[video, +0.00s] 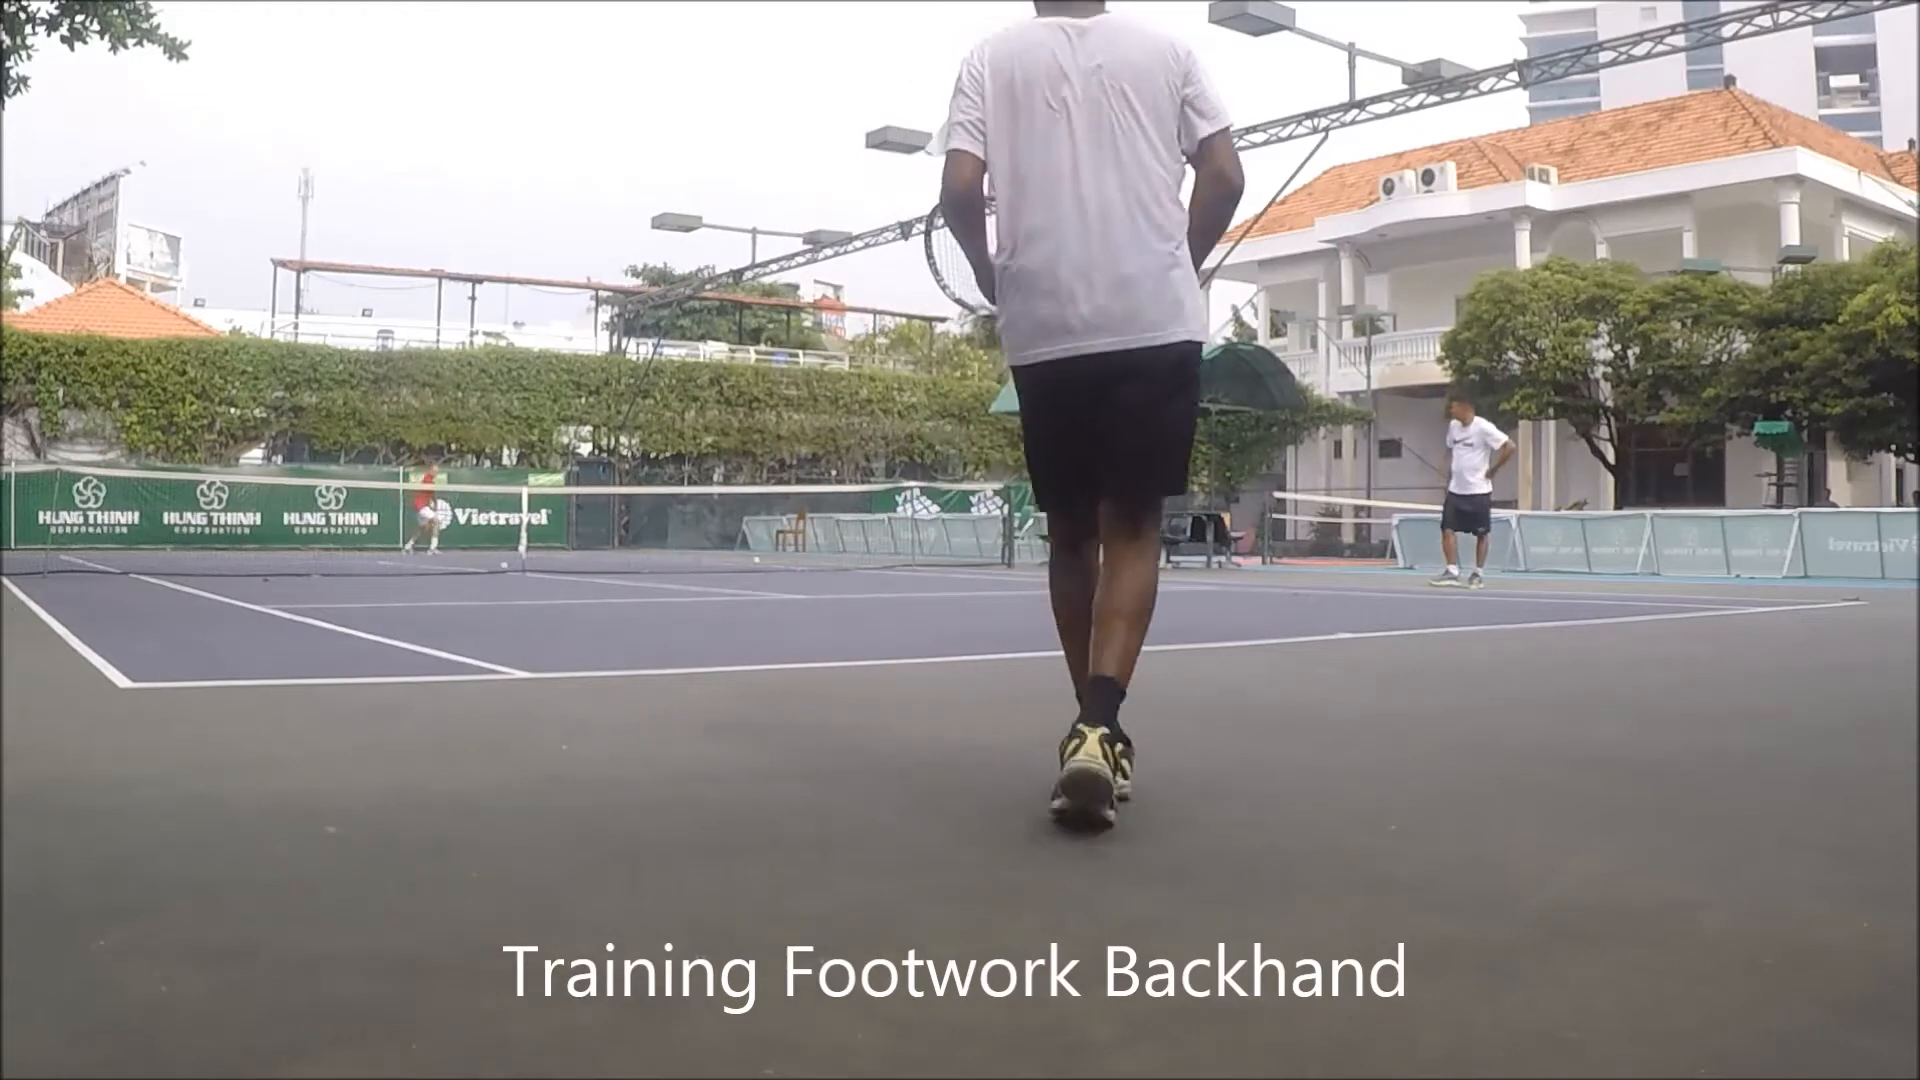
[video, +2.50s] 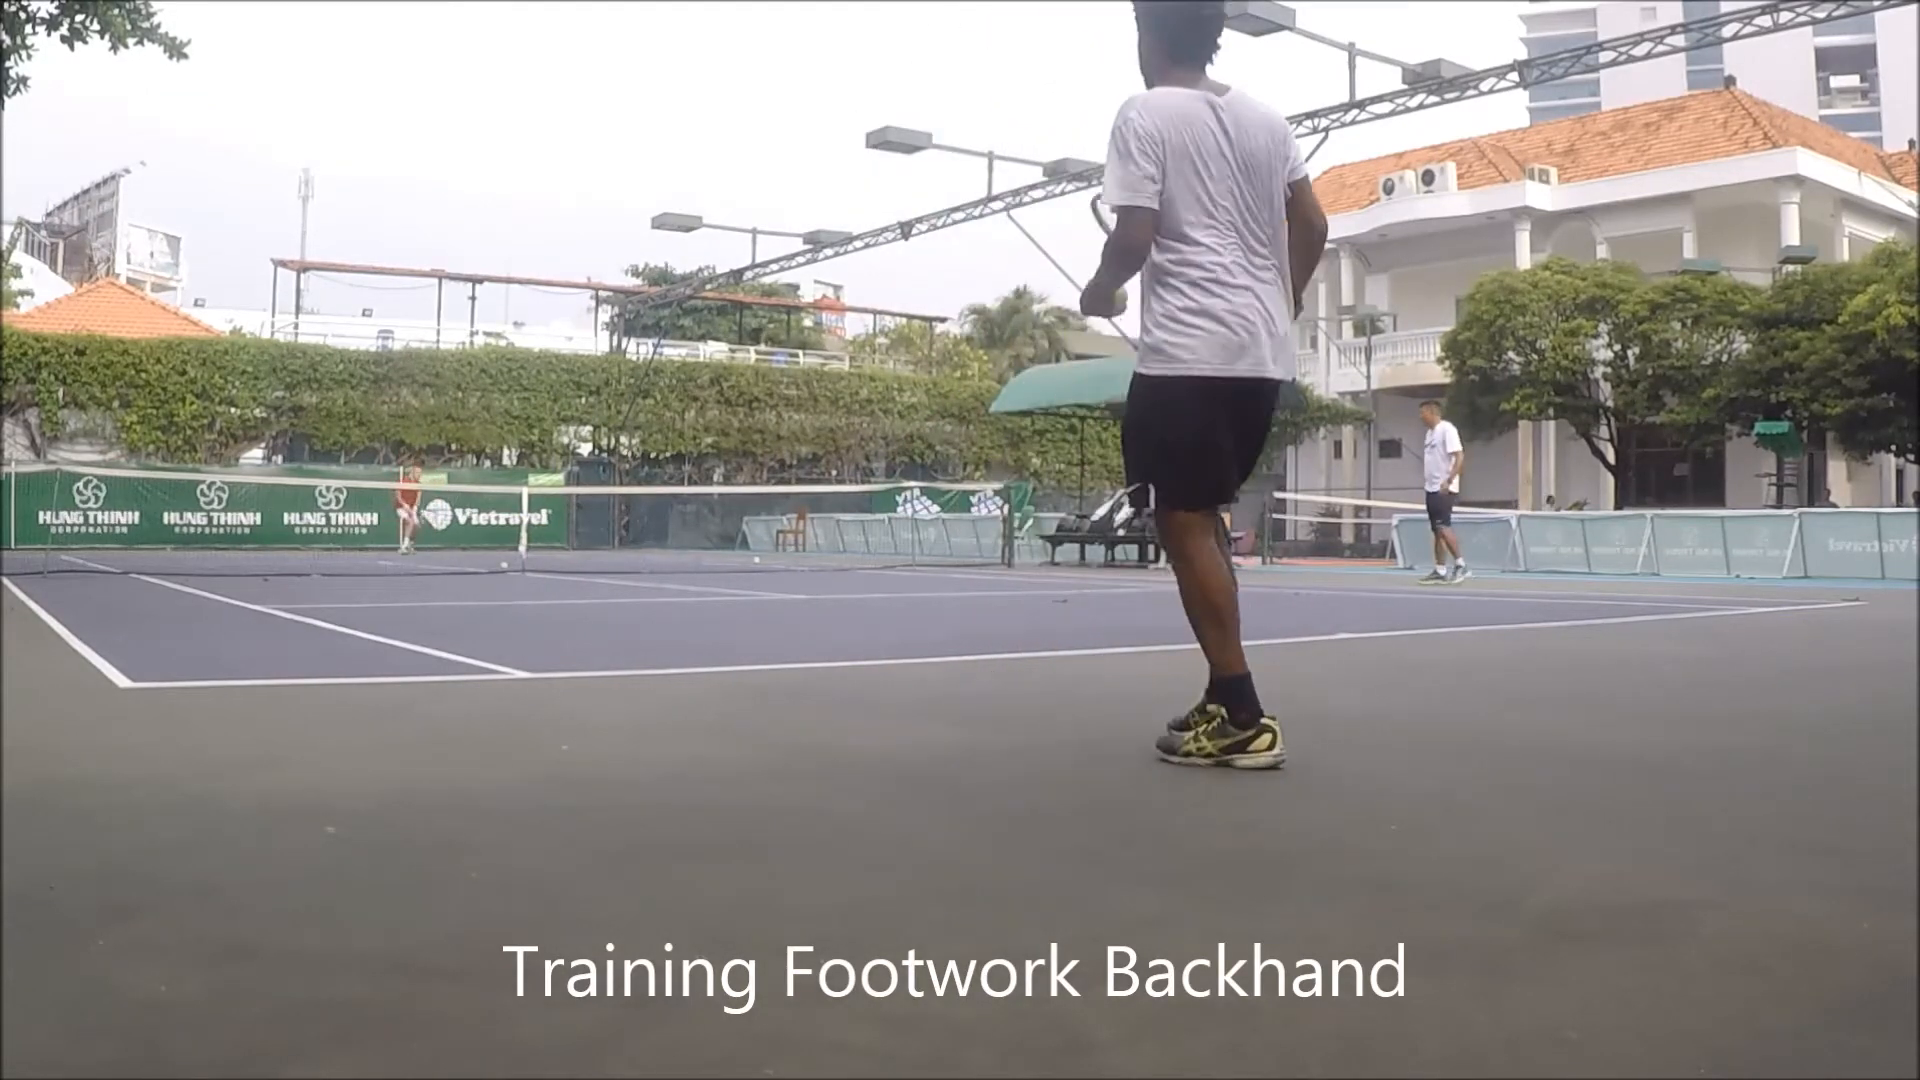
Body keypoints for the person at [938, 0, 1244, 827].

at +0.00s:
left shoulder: (989, 56)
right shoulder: (1168, 47)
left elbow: (959, 190)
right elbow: (1224, 176)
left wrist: (990, 277)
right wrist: (1179, 267)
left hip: (1045, 332)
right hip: (1157, 321)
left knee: (1071, 538)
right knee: (1132, 527)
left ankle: (1101, 730)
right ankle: (1095, 724)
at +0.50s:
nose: (1108, 93)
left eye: (1109, 80)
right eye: (1111, 80)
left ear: (1122, 83)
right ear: (1195, 82)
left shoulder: (1112, 163)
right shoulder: (1254, 164)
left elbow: (1093, 296)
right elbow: (1308, 285)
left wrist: (1103, 345)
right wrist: (1249, 346)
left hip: (1168, 402)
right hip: (1274, 399)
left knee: (1107, 561)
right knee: (1278, 560)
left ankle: (1110, 718)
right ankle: (1390, 723)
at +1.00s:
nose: (1075, 51)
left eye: (1080, 34)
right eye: (1074, 36)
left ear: (1112, 30)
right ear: (1136, 31)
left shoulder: (1178, 84)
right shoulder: (1113, 122)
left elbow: (1133, 182)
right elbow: (1053, 210)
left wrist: (1024, 150)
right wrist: (976, 221)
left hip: (1204, 348)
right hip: (1213, 351)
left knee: (1130, 526)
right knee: (1151, 533)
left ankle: (1194, 739)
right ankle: (1283, 665)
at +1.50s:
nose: (927, 169)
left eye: (927, 154)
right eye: (923, 159)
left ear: (951, 144)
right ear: (978, 143)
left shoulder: (1045, 162)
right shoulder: (964, 221)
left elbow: (1098, 254)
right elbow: (900, 262)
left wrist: (1007, 215)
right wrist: (881, 209)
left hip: (1133, 365)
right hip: (1073, 383)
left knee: (1081, 537)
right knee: (974, 520)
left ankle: (1189, 732)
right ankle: (989, 710)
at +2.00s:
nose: (979, 81)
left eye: (981, 66)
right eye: (979, 66)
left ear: (1001, 68)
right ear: (1053, 63)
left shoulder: (1037, 135)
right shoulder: (1105, 128)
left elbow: (1036, 255)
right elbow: (1172, 187)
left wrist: (951, 322)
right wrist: (1120, 146)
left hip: (1077, 368)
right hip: (1130, 368)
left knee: (1078, 542)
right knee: (1020, 518)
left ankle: (1207, 688)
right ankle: (994, 704)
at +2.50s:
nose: (1135, 47)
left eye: (1137, 32)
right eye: (1141, 32)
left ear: (1149, 37)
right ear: (1212, 42)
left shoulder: (1146, 113)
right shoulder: (1266, 122)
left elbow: (1136, 233)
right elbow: (1312, 228)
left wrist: (1102, 286)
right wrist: (1276, 303)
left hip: (1186, 357)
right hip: (1264, 359)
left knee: (1185, 525)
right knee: (1199, 520)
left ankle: (1243, 717)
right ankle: (1224, 697)